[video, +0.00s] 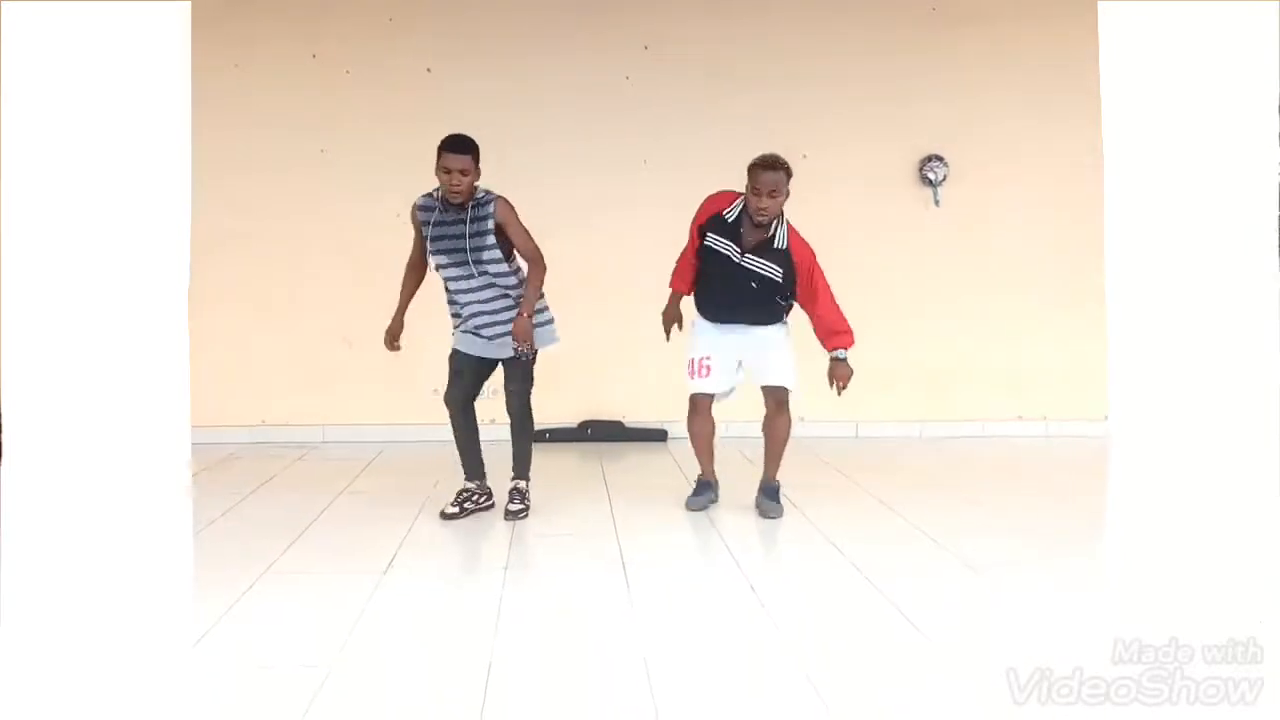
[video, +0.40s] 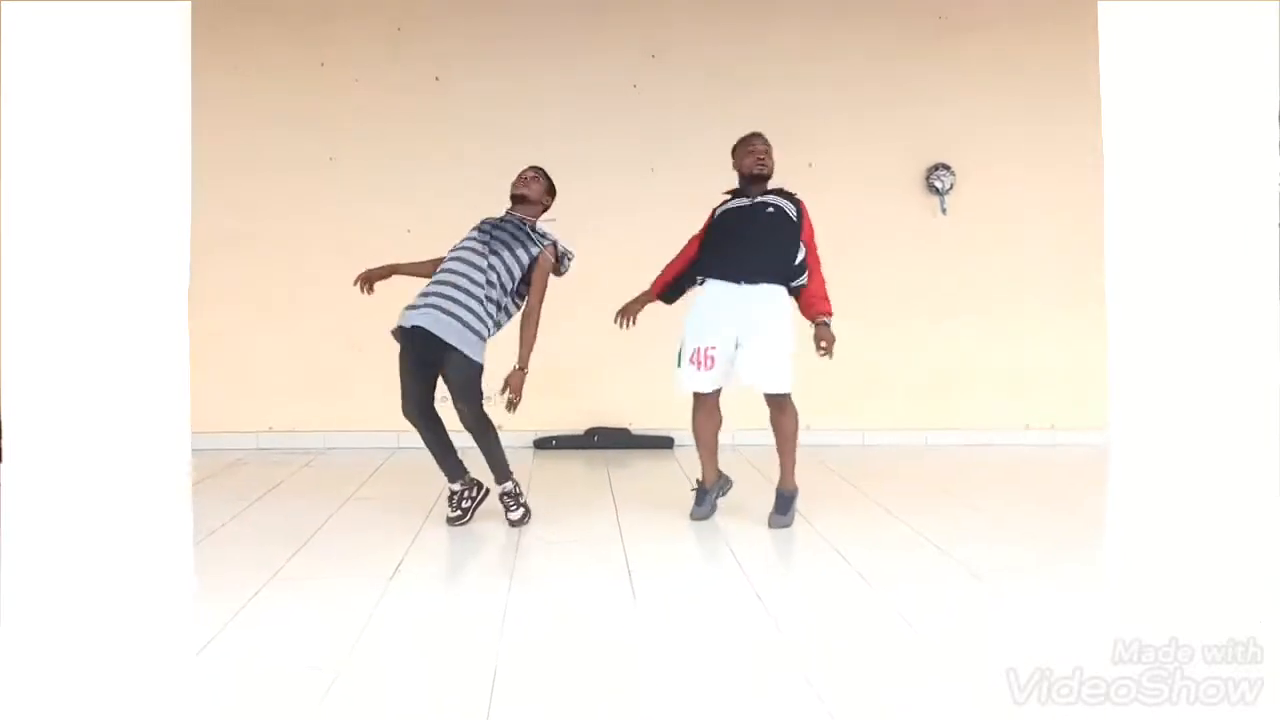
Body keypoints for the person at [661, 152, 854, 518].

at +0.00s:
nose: (762, 203)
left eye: (773, 196)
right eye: (756, 193)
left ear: (786, 196)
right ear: (746, 189)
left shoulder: (793, 248)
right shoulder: (717, 208)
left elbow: (819, 298)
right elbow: (694, 250)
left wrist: (839, 352)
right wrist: (675, 298)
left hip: (768, 330)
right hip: (712, 325)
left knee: (778, 400)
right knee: (699, 399)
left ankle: (770, 485)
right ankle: (707, 480)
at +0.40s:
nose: (760, 154)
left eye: (765, 149)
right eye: (749, 150)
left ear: (774, 162)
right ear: (734, 164)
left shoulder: (790, 205)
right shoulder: (722, 211)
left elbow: (807, 264)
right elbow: (690, 258)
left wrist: (820, 318)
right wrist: (648, 295)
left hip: (768, 305)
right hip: (716, 302)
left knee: (777, 396)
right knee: (704, 392)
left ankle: (787, 485)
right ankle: (710, 479)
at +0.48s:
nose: (740, 154)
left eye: (744, 149)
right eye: (728, 151)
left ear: (752, 160)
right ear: (713, 167)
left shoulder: (776, 193)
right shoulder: (712, 220)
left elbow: (809, 238)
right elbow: (693, 277)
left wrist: (827, 278)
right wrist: (657, 331)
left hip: (787, 303)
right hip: (736, 308)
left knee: (792, 395)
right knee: (723, 395)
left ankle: (790, 484)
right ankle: (718, 479)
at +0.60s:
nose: (714, 146)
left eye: (717, 141)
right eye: (702, 144)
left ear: (726, 152)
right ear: (688, 164)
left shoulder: (759, 175)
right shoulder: (699, 221)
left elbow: (801, 198)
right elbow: (692, 280)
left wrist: (827, 222)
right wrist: (668, 340)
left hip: (794, 290)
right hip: (742, 301)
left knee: (795, 386)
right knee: (727, 387)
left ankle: (787, 475)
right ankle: (717, 471)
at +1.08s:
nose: (660, 160)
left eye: (665, 150)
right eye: (659, 151)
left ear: (690, 147)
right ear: (680, 152)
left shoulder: (734, 158)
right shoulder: (688, 197)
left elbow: (784, 183)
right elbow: (693, 248)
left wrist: (793, 244)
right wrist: (682, 304)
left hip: (778, 267)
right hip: (732, 275)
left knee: (785, 355)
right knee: (721, 356)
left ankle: (784, 443)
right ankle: (719, 441)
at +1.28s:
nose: (697, 139)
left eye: (706, 130)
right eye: (693, 130)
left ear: (731, 126)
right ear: (691, 126)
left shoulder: (767, 164)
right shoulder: (692, 167)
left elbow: (797, 218)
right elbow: (682, 222)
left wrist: (799, 273)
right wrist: (676, 276)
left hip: (765, 277)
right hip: (712, 277)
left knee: (781, 358)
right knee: (697, 358)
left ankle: (777, 436)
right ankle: (709, 438)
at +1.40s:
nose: (731, 130)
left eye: (739, 121)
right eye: (724, 121)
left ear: (753, 114)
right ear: (713, 115)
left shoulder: (778, 150)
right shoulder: (695, 150)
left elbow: (791, 186)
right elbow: (677, 193)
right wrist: (657, 232)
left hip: (767, 266)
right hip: (715, 267)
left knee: (782, 351)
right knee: (708, 354)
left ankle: (777, 432)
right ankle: (707, 437)